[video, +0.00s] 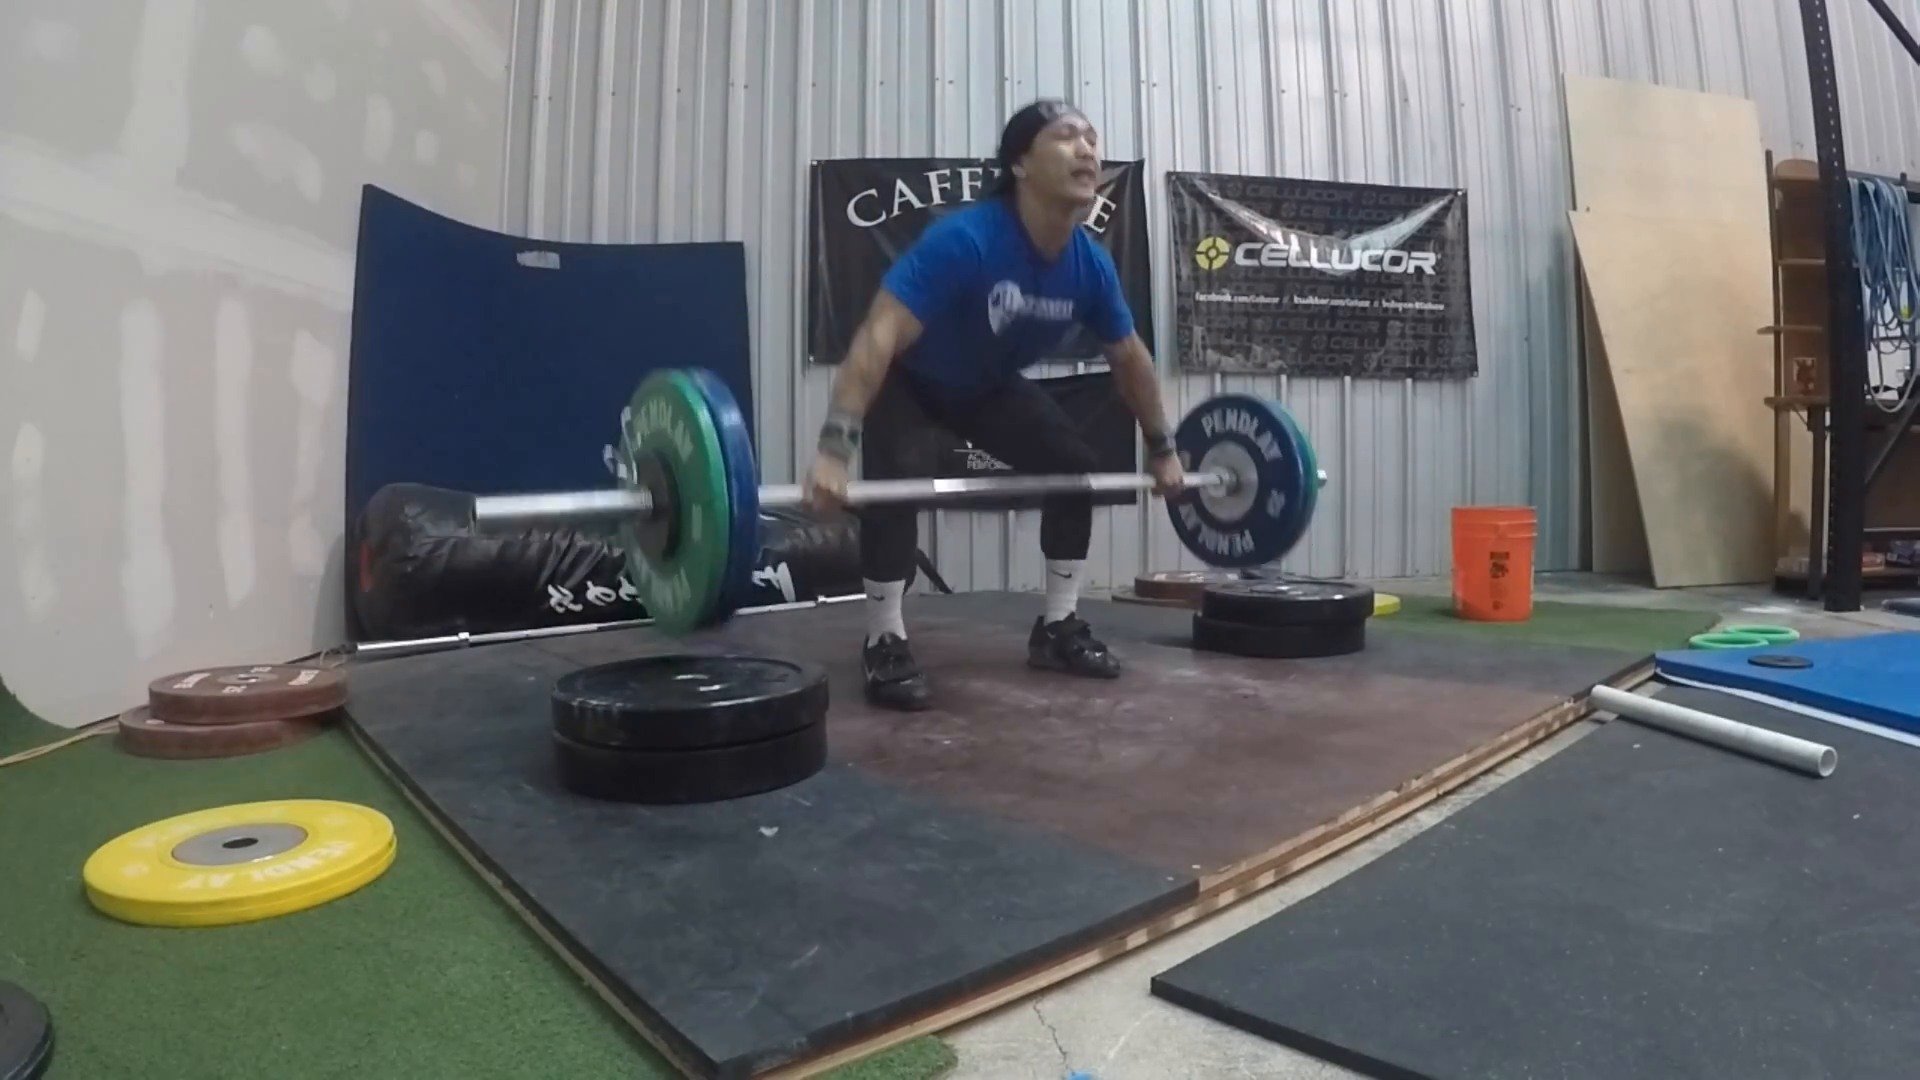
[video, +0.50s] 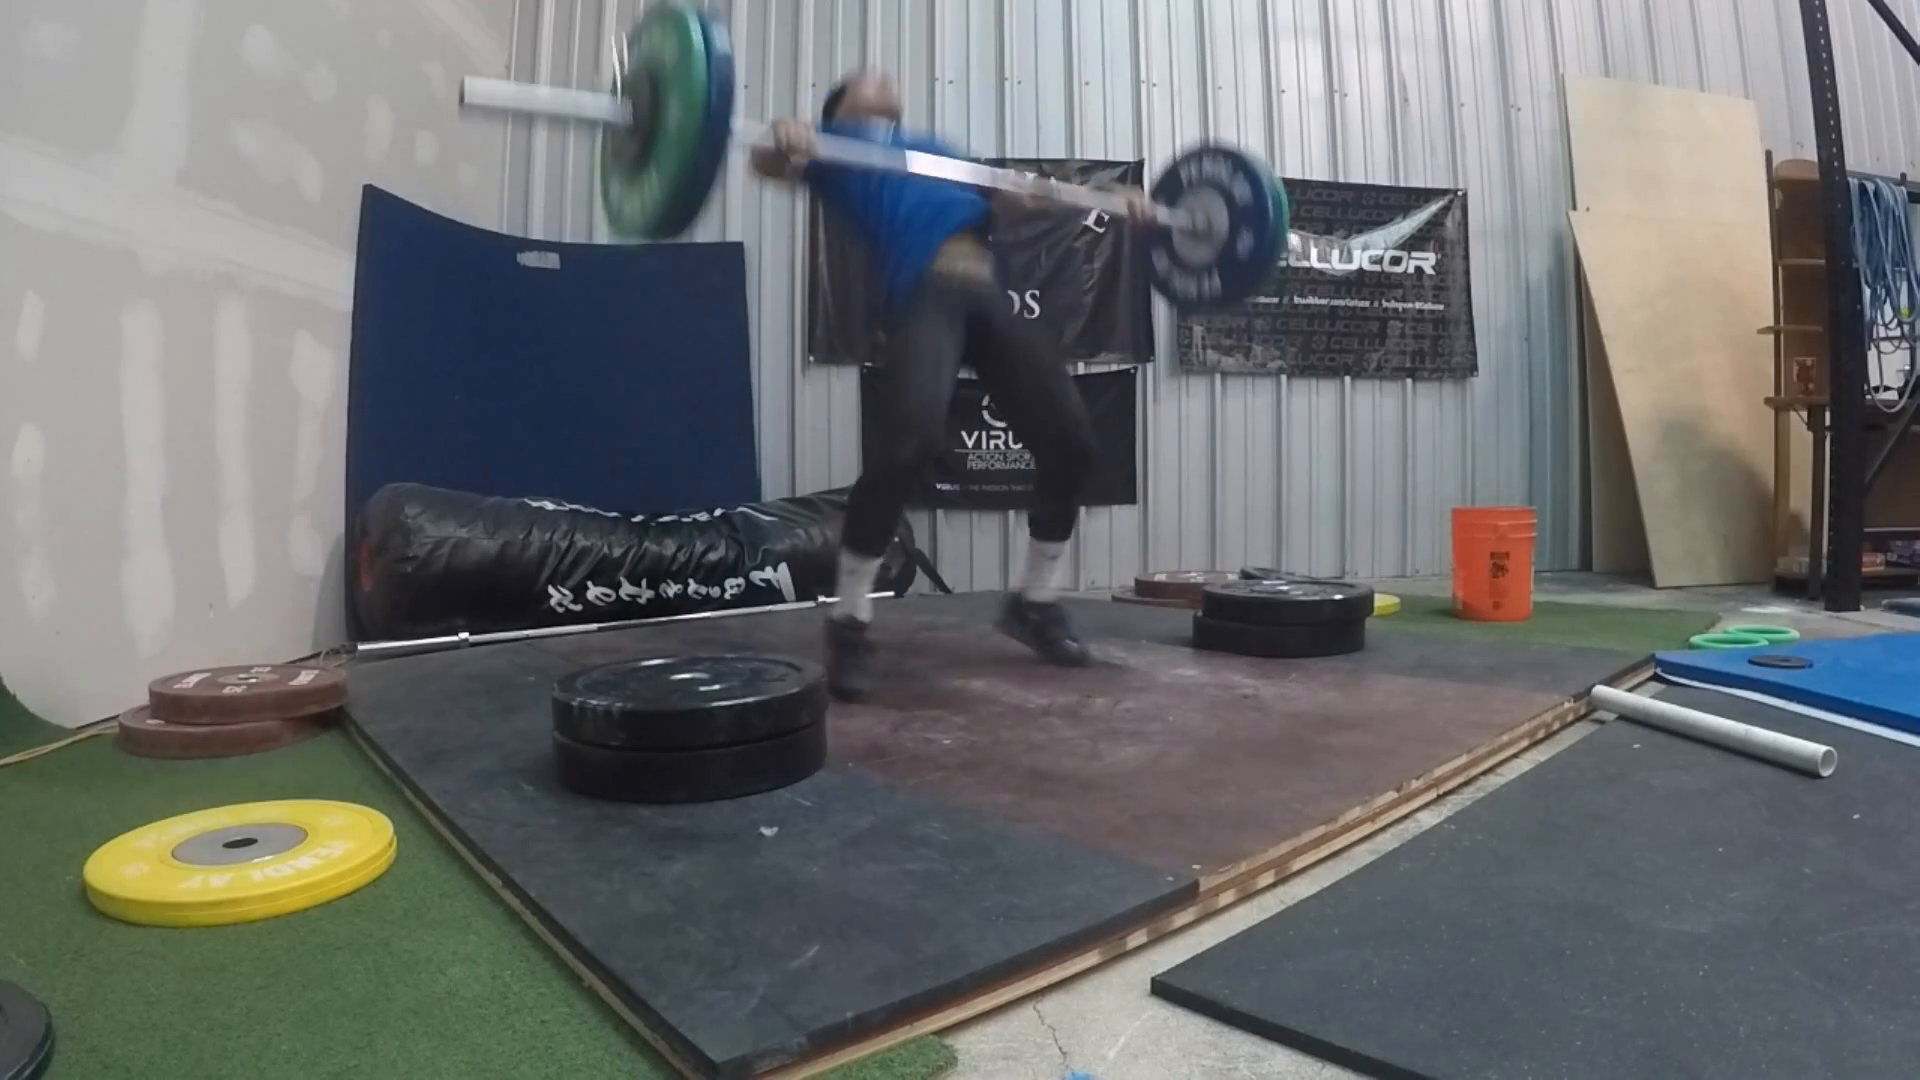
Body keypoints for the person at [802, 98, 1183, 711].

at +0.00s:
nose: (1087, 149)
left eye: (1091, 139)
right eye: (1066, 138)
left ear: (1098, 163)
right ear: (1021, 166)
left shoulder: (1090, 265)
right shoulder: (964, 240)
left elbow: (1130, 360)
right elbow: (880, 333)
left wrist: (1162, 450)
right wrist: (834, 447)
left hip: (984, 387)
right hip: (904, 382)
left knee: (1074, 467)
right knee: (898, 483)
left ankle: (1059, 626)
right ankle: (886, 643)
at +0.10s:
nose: (1080, 113)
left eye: (1083, 102)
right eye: (1060, 102)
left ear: (1091, 124)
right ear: (1016, 129)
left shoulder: (1084, 227)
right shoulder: (959, 202)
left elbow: (1124, 319)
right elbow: (868, 288)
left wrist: (1155, 411)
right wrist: (826, 398)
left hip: (978, 362)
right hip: (896, 356)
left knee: (1056, 451)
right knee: (896, 461)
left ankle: (1058, 625)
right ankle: (884, 642)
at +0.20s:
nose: (1061, 61)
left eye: (1063, 52)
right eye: (1041, 50)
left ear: (1065, 80)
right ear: (997, 75)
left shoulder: (1070, 175)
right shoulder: (946, 154)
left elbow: (1113, 267)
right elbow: (854, 220)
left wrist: (1146, 361)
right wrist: (821, 330)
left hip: (990, 342)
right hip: (903, 335)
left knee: (1053, 455)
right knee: (899, 466)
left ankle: (1058, 624)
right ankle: (885, 642)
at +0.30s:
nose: (995, 20)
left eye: (997, 16)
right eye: (975, 15)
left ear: (1005, 48)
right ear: (940, 46)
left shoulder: (1039, 132)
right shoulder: (914, 113)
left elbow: (1091, 217)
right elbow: (828, 165)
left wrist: (1135, 303)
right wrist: (807, 261)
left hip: (1018, 332)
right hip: (930, 328)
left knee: (1098, 456)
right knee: (926, 454)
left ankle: (1066, 617)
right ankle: (890, 636)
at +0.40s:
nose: (921, 25)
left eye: (923, 23)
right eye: (901, 24)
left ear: (932, 51)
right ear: (873, 54)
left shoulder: (988, 116)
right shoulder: (868, 88)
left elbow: (1053, 181)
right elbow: (806, 133)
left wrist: (1123, 236)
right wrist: (802, 188)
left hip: (1014, 276)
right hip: (933, 268)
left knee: (1060, 424)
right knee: (924, 424)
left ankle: (1080, 605)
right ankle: (891, 630)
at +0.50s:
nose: (882, 81)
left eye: (887, 78)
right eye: (866, 79)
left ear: (901, 99)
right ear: (841, 104)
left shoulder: (939, 151)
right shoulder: (835, 139)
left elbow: (1025, 197)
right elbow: (768, 165)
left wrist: (1112, 201)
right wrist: (783, 147)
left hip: (987, 302)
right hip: (922, 301)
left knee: (1069, 442)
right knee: (906, 446)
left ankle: (1035, 600)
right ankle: (849, 620)